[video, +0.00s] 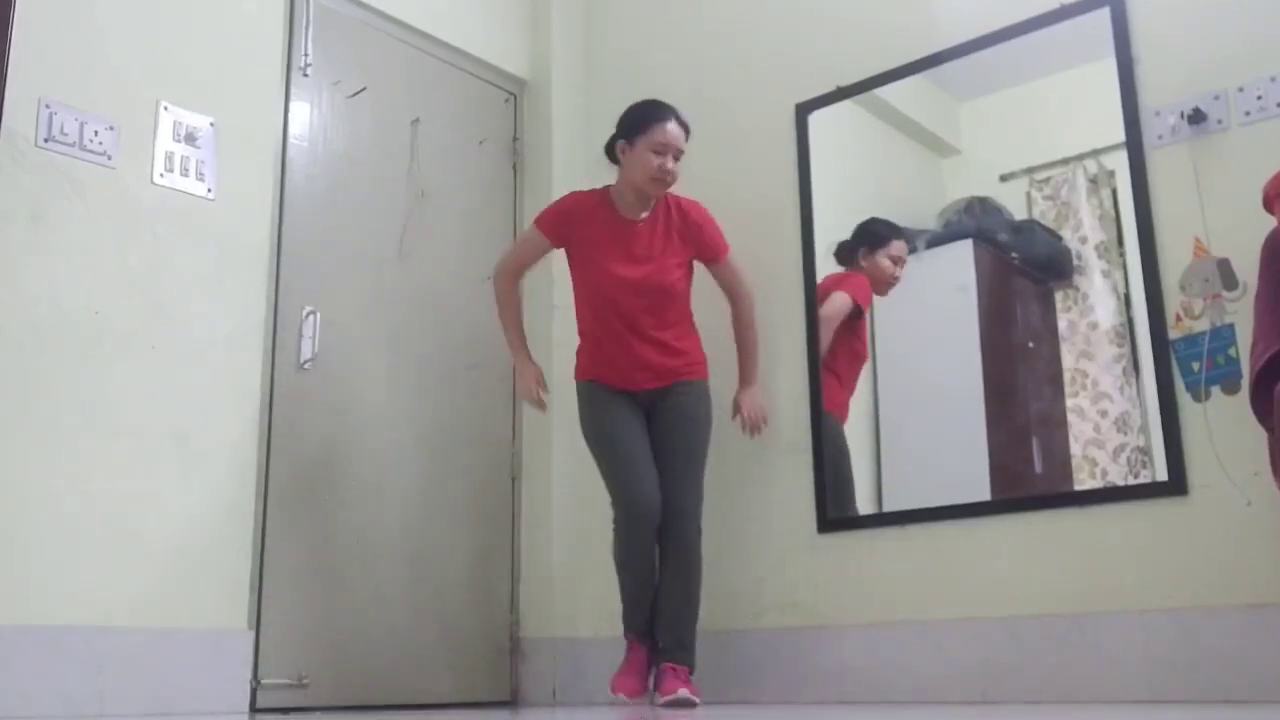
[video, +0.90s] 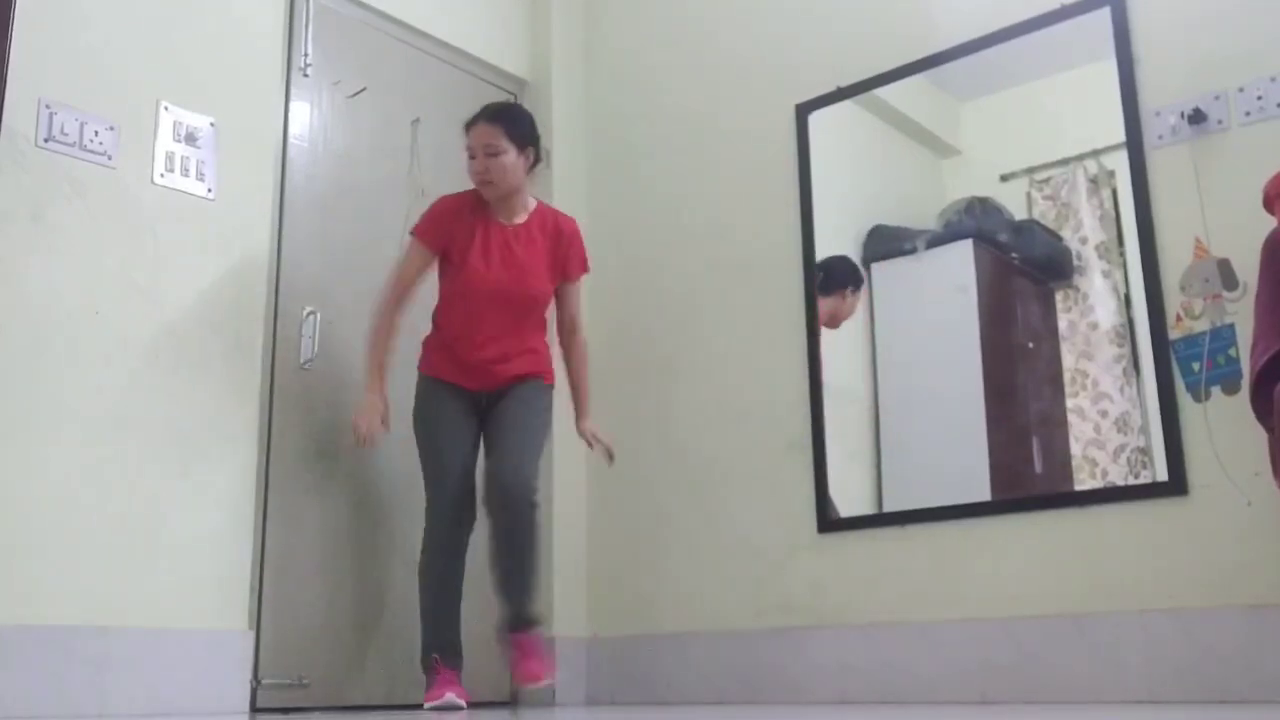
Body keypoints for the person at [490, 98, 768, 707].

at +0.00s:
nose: (670, 165)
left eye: (678, 155)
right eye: (659, 152)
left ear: (682, 160)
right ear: (622, 151)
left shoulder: (689, 218)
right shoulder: (576, 212)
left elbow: (741, 296)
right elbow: (505, 274)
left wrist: (749, 383)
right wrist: (521, 358)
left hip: (681, 381)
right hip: (605, 383)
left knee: (682, 515)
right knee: (640, 504)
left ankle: (676, 665)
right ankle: (638, 648)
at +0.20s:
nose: (640, 157)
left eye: (651, 148)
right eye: (627, 146)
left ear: (665, 161)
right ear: (604, 156)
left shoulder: (684, 227)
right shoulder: (575, 222)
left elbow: (708, 313)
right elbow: (548, 312)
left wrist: (692, 351)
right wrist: (572, 345)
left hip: (666, 392)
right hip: (594, 392)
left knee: (667, 523)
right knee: (568, 496)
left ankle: (672, 667)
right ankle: (597, 608)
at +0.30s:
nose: (623, 145)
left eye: (634, 136)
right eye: (611, 136)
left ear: (652, 149)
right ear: (591, 147)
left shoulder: (674, 216)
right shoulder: (564, 211)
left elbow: (690, 303)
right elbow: (548, 299)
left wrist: (635, 284)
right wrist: (604, 283)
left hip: (654, 387)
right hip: (578, 384)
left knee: (658, 518)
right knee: (536, 495)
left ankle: (670, 667)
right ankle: (535, 633)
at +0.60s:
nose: (545, 149)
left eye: (558, 140)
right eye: (536, 139)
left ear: (584, 153)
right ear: (522, 151)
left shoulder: (604, 222)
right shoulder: (496, 209)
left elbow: (601, 310)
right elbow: (492, 290)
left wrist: (573, 276)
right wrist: (550, 262)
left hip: (578, 392)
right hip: (500, 389)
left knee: (612, 527)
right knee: (479, 523)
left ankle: (661, 666)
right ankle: (447, 671)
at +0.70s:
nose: (517, 162)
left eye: (530, 151)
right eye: (508, 152)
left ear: (559, 158)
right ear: (498, 160)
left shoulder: (583, 230)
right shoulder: (475, 213)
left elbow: (581, 309)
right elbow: (468, 294)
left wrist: (559, 369)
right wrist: (485, 363)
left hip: (549, 388)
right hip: (475, 384)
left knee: (581, 516)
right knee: (462, 519)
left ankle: (641, 654)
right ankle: (444, 669)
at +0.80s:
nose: (491, 170)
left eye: (504, 158)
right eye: (484, 159)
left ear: (540, 160)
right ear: (478, 163)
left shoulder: (568, 235)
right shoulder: (462, 215)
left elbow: (564, 330)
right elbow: (441, 307)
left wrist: (572, 418)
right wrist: (419, 399)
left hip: (529, 389)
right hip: (456, 387)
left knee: (538, 498)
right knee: (454, 515)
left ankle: (591, 634)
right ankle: (443, 669)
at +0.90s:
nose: (479, 167)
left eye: (493, 154)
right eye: (472, 156)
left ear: (529, 157)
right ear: (468, 160)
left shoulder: (559, 232)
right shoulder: (450, 216)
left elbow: (571, 328)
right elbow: (392, 301)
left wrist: (583, 414)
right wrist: (374, 390)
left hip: (524, 382)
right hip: (448, 380)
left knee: (512, 486)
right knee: (450, 511)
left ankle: (523, 629)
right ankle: (442, 669)